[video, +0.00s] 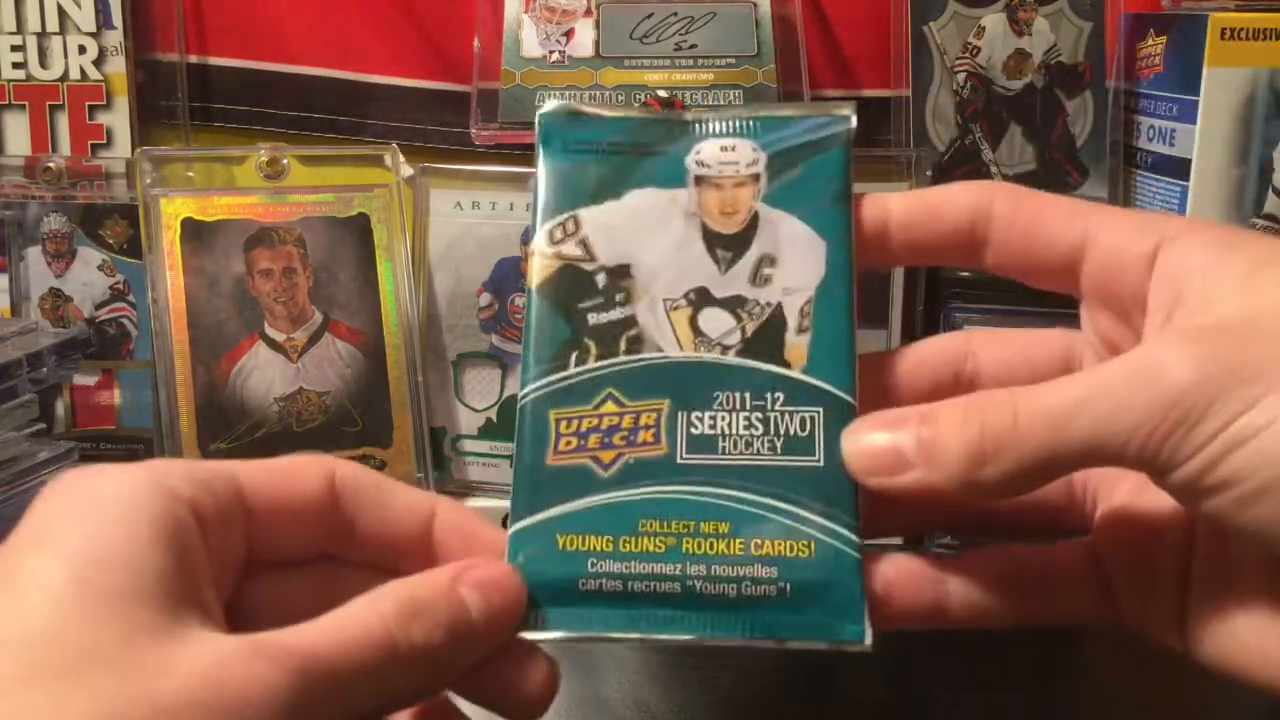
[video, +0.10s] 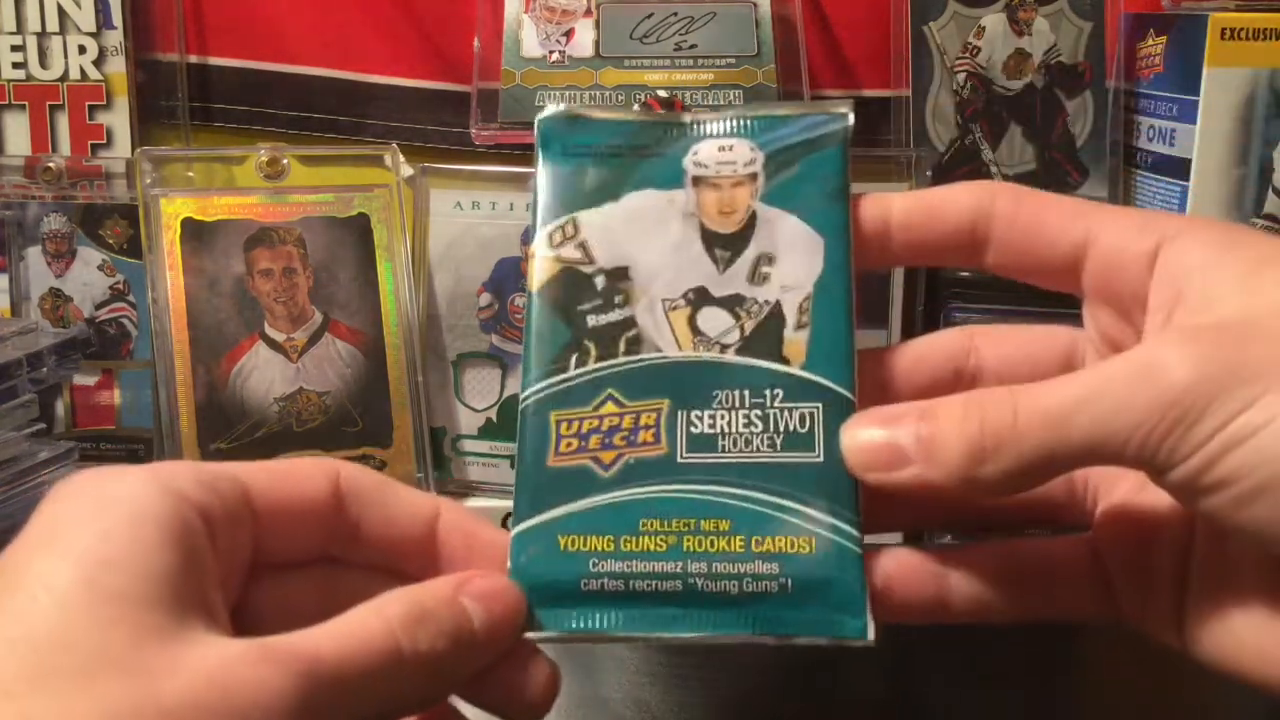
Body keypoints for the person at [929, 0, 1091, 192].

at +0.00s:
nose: (1030, 16)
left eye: (1033, 10)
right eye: (1024, 10)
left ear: (1037, 10)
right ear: (1011, 11)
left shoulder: (1041, 27)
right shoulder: (991, 26)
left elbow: (1053, 63)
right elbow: (965, 63)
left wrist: (1071, 76)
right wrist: (971, 100)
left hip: (1025, 92)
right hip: (992, 93)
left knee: (1054, 121)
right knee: (983, 137)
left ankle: (1062, 176)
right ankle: (944, 177)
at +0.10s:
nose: (1030, 16)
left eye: (1034, 10)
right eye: (1024, 10)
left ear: (1037, 10)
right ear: (1010, 10)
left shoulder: (1041, 27)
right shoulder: (991, 26)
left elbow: (1052, 63)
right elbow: (965, 63)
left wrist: (1071, 76)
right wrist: (972, 99)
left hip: (1025, 92)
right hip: (992, 93)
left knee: (1054, 121)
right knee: (983, 136)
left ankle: (1063, 175)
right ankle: (944, 177)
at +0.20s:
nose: (1030, 16)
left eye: (1034, 10)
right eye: (1024, 10)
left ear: (1037, 10)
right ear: (1010, 10)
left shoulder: (1041, 27)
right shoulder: (991, 26)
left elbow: (1052, 60)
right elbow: (965, 63)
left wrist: (1070, 76)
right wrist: (971, 99)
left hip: (1024, 91)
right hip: (992, 93)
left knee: (1054, 120)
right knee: (982, 136)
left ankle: (1063, 177)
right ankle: (945, 178)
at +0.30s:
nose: (1030, 16)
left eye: (1034, 10)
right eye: (1024, 10)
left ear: (1037, 10)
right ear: (1011, 9)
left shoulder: (1041, 26)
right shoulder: (990, 25)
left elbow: (1051, 58)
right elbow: (965, 63)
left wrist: (1067, 75)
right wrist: (971, 97)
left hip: (1023, 92)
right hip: (991, 92)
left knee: (1054, 121)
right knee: (983, 135)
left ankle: (1060, 183)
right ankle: (947, 179)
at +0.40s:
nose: (1029, 16)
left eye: (1034, 10)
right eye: (1024, 10)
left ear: (1038, 9)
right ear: (1011, 8)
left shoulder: (1041, 27)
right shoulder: (992, 24)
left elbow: (1051, 62)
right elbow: (965, 63)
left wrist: (1068, 75)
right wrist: (971, 95)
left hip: (1025, 93)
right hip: (992, 94)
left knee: (1055, 129)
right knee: (979, 140)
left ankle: (1058, 197)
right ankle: (945, 184)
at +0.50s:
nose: (1030, 16)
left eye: (1034, 10)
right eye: (1024, 10)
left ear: (1037, 10)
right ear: (1011, 8)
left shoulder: (1041, 27)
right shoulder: (991, 25)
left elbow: (1051, 59)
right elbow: (965, 63)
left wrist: (1067, 75)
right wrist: (971, 95)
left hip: (1024, 92)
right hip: (992, 93)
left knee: (1053, 126)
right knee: (980, 140)